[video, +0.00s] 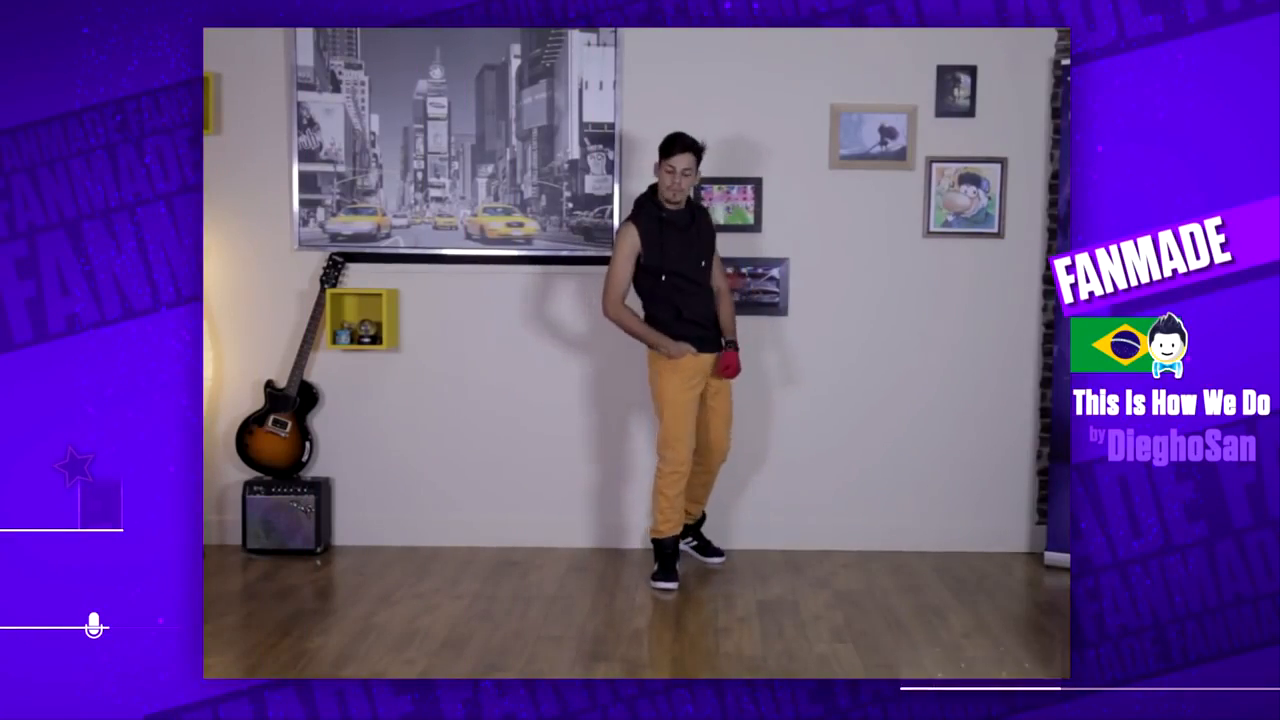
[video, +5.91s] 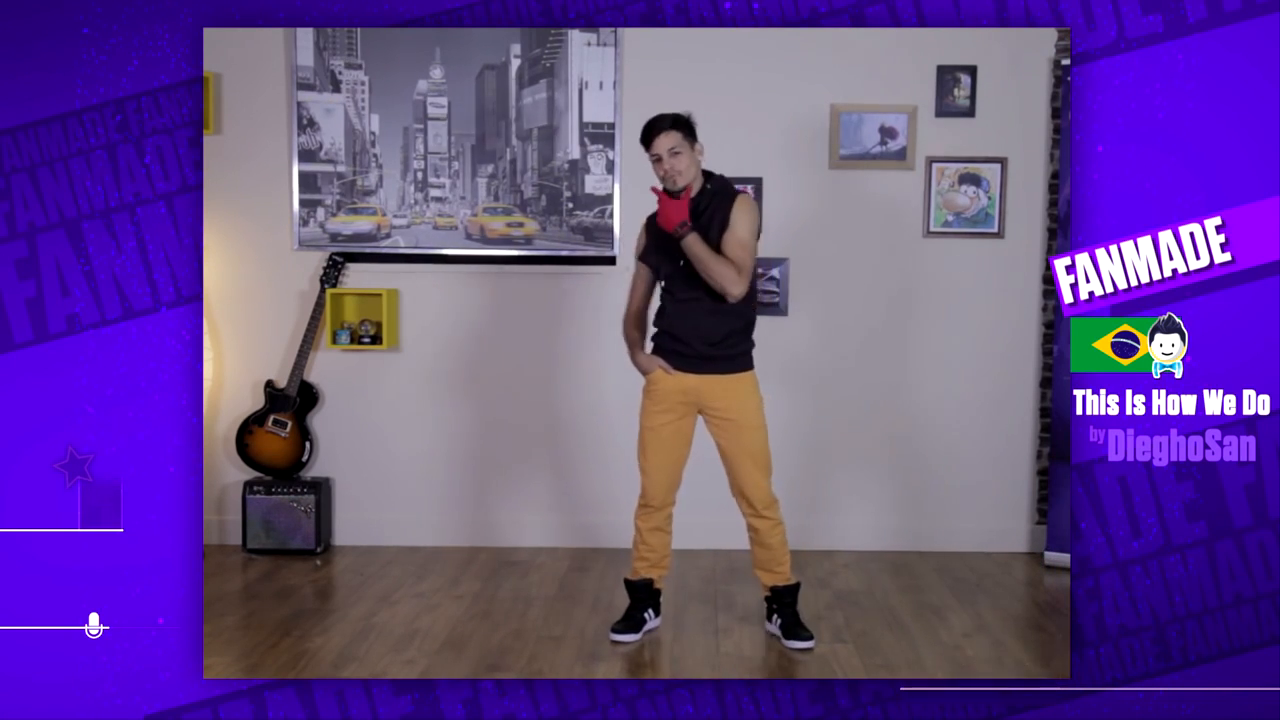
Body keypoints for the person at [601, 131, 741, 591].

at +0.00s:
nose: (677, 181)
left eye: (687, 173)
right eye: (670, 171)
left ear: (697, 177)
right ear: (657, 170)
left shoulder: (702, 221)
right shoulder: (636, 228)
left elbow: (720, 286)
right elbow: (612, 304)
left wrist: (730, 341)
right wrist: (666, 345)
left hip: (715, 353)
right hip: (674, 356)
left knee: (715, 448)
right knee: (676, 455)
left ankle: (689, 527)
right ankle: (664, 552)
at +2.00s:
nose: (729, 160)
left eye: (740, 153)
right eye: (722, 150)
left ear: (755, 161)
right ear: (711, 155)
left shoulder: (775, 215)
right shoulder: (688, 219)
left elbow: (790, 290)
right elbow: (660, 294)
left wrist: (784, 350)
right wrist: (676, 349)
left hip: (762, 368)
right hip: (707, 364)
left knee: (744, 477)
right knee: (688, 470)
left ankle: (734, 577)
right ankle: (686, 541)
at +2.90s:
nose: (707, 153)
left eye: (719, 145)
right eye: (700, 144)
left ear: (736, 155)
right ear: (690, 151)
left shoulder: (753, 226)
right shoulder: (658, 209)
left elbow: (767, 307)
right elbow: (625, 289)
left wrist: (747, 331)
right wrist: (650, 352)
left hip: (736, 376)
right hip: (677, 374)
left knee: (751, 483)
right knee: (661, 488)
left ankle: (737, 579)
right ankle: (643, 597)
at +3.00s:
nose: (696, 153)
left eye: (708, 146)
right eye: (689, 144)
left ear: (724, 157)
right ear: (677, 151)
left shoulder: (746, 219)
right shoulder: (649, 215)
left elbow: (764, 305)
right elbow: (612, 293)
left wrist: (720, 289)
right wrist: (644, 354)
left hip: (735, 376)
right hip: (673, 375)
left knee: (758, 481)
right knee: (660, 489)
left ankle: (750, 576)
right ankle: (644, 598)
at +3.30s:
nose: (725, 166)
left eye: (735, 157)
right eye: (715, 156)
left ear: (745, 157)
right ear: (696, 156)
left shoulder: (757, 202)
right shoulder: (684, 218)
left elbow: (742, 273)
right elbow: (662, 297)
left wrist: (710, 208)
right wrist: (664, 347)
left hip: (752, 378)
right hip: (691, 375)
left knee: (774, 494)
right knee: (665, 492)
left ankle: (800, 604)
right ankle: (653, 600)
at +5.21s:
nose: (727, 176)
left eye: (739, 167)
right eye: (722, 164)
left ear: (767, 169)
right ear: (715, 162)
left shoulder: (782, 223)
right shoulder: (690, 210)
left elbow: (779, 299)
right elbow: (650, 290)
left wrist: (736, 238)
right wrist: (670, 356)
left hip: (760, 379)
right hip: (696, 378)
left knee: (774, 494)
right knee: (668, 494)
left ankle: (792, 605)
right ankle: (650, 602)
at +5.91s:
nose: (668, 166)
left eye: (675, 153)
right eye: (658, 160)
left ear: (697, 151)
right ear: (653, 166)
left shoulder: (739, 208)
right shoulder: (656, 226)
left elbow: (735, 285)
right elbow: (637, 303)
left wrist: (684, 231)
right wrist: (638, 352)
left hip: (731, 379)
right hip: (668, 376)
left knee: (757, 495)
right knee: (654, 495)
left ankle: (782, 604)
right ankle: (644, 601)